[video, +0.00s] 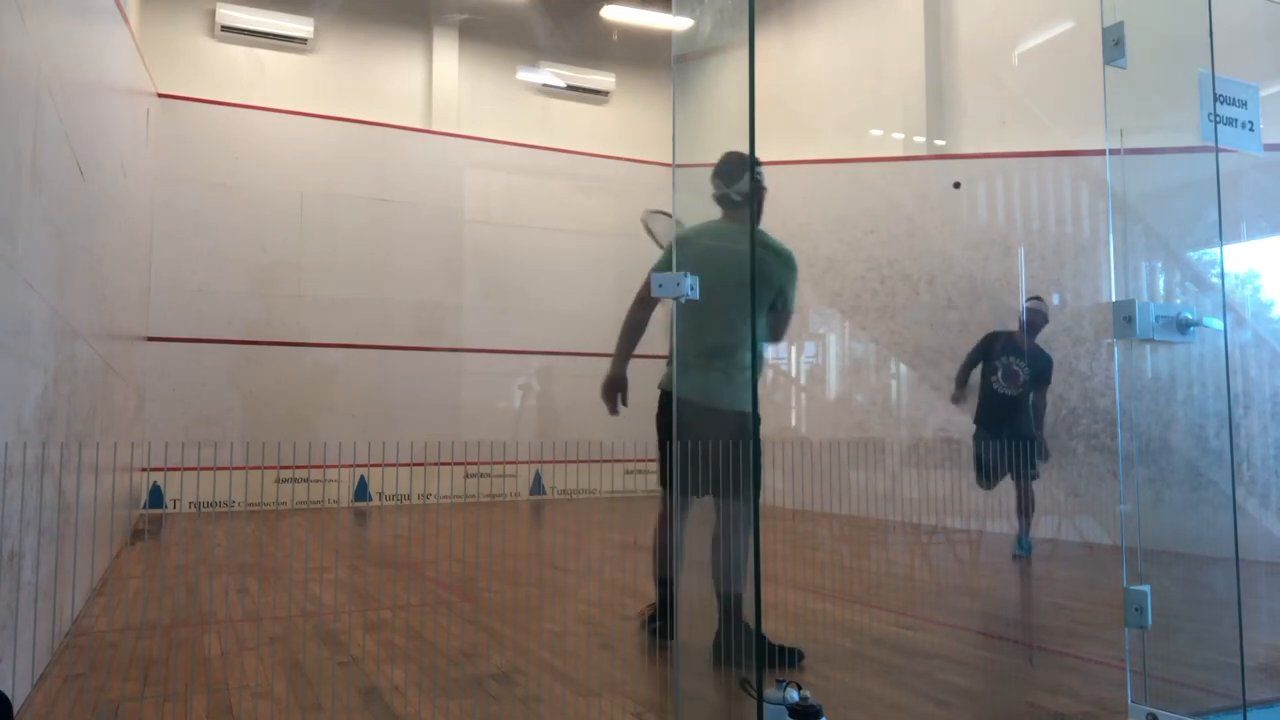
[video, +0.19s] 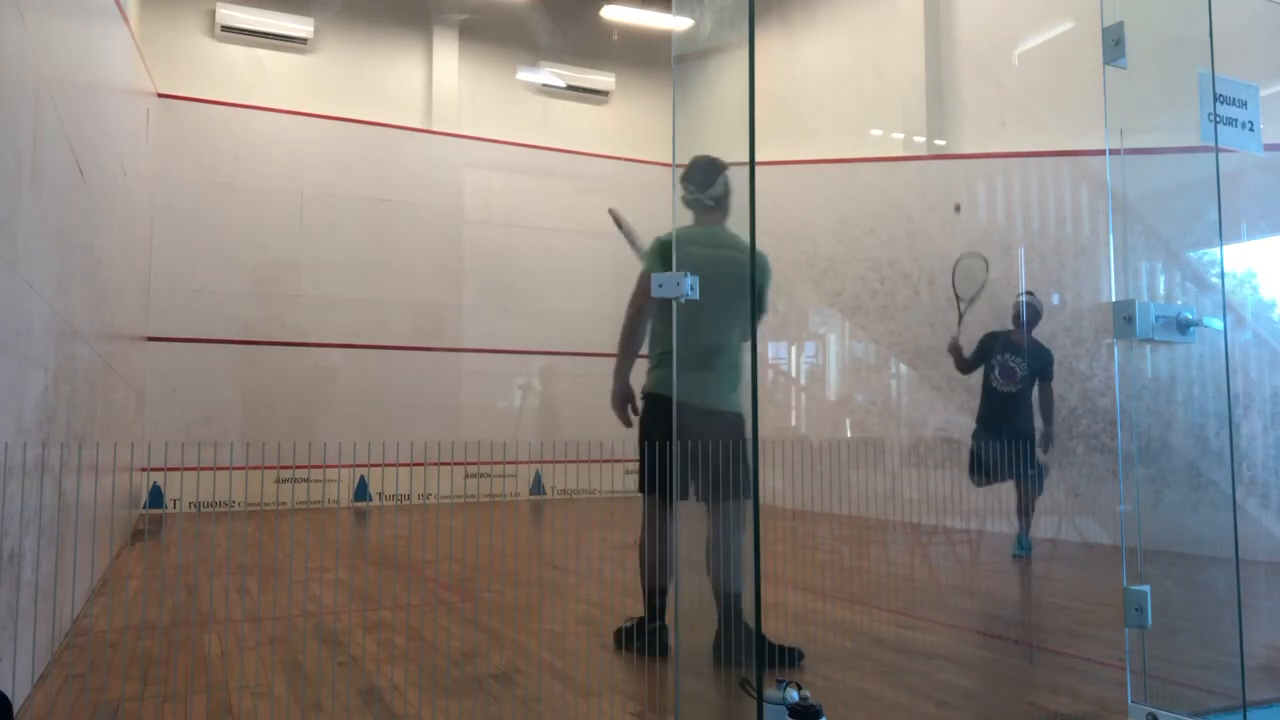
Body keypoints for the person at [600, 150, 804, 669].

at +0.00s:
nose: (765, 198)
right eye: (763, 189)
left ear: (715, 194)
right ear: (760, 194)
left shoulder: (687, 242)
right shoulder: (777, 256)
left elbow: (644, 304)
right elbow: (776, 330)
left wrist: (617, 367)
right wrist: (734, 306)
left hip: (679, 403)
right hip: (734, 409)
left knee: (674, 505)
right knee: (735, 516)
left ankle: (663, 614)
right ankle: (734, 631)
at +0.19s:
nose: (695, 206)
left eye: (690, 198)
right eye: (712, 197)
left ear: (684, 198)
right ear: (729, 199)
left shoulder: (665, 249)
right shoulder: (754, 260)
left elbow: (637, 316)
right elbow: (747, 328)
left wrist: (621, 379)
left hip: (665, 407)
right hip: (724, 412)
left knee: (658, 514)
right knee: (729, 520)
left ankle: (654, 624)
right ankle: (734, 630)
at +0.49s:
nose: (643, 208)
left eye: (640, 201)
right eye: (658, 201)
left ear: (638, 203)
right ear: (679, 203)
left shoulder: (622, 256)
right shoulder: (702, 263)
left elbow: (595, 327)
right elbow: (713, 342)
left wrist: (583, 392)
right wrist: (693, 383)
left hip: (638, 408)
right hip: (691, 411)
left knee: (643, 514)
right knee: (704, 510)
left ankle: (652, 623)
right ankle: (710, 616)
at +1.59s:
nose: (606, 244)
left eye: (594, 236)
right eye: (622, 235)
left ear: (591, 239)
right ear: (629, 238)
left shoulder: (577, 284)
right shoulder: (649, 284)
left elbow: (560, 350)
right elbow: (667, 343)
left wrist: (552, 406)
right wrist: (666, 387)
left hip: (592, 416)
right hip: (639, 417)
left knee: (593, 501)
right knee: (643, 503)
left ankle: (596, 590)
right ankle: (643, 594)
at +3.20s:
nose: (660, 252)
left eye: (660, 247)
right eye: (666, 247)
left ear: (658, 246)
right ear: (689, 247)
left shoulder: (653, 285)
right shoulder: (708, 295)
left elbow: (636, 337)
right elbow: (729, 354)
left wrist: (608, 388)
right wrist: (742, 395)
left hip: (662, 411)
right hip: (701, 413)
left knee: (643, 490)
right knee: (698, 494)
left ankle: (646, 588)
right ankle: (701, 584)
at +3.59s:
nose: (646, 250)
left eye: (647, 244)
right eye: (649, 244)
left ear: (651, 245)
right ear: (679, 246)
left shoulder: (651, 282)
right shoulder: (696, 291)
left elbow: (648, 331)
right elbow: (712, 355)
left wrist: (614, 388)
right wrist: (684, 384)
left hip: (657, 409)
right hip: (691, 411)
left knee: (628, 489)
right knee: (694, 495)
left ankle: (639, 586)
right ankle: (700, 584)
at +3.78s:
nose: (624, 248)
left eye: (626, 242)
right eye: (627, 242)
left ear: (632, 244)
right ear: (658, 246)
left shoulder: (641, 284)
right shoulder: (669, 287)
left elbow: (643, 340)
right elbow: (661, 351)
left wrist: (599, 387)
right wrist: (618, 367)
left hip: (647, 412)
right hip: (669, 410)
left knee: (625, 499)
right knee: (679, 497)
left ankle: (610, 597)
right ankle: (699, 583)